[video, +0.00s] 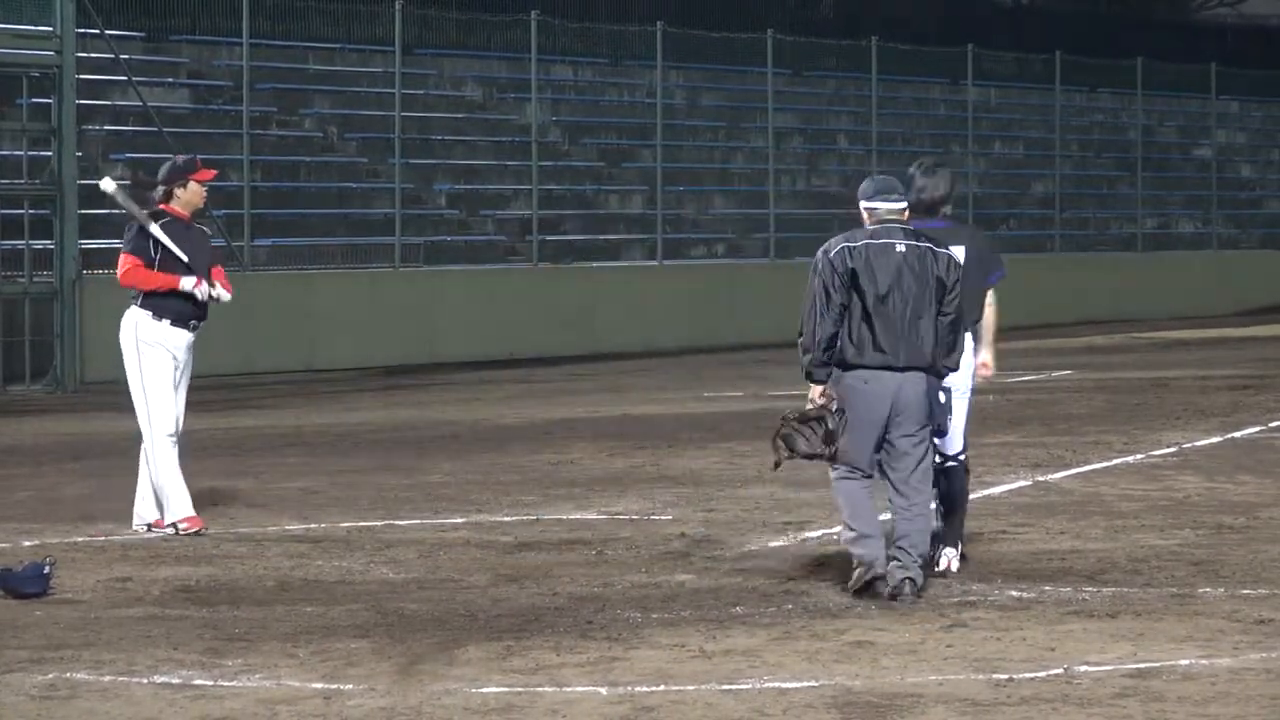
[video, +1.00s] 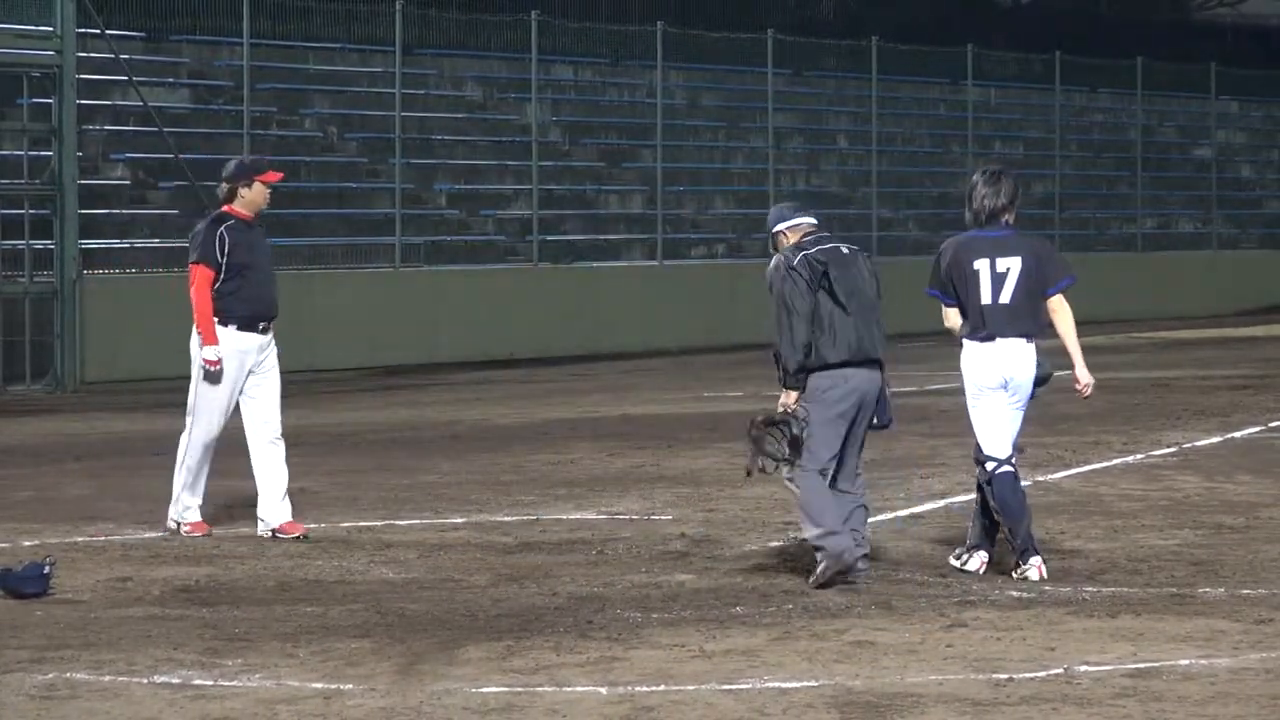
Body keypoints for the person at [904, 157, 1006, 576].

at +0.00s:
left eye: (913, 194)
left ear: (910, 197)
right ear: (948, 196)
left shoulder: (896, 241)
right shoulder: (973, 240)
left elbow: (884, 302)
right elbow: (988, 299)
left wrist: (886, 348)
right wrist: (986, 350)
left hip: (906, 356)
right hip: (957, 355)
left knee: (914, 449)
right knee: (952, 450)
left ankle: (919, 538)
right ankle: (951, 543)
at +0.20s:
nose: (941, 204)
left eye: (941, 198)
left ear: (940, 203)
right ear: (980, 203)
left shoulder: (924, 248)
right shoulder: (1001, 247)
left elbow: (908, 307)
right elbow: (1033, 302)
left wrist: (908, 357)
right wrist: (1054, 357)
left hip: (950, 355)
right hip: (996, 354)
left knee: (973, 457)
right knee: (967, 450)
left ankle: (1018, 541)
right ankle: (957, 543)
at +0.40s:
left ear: (959, 206)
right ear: (1000, 206)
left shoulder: (945, 252)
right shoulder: (1024, 249)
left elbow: (939, 316)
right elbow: (1048, 308)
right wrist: (1066, 365)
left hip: (974, 357)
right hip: (1019, 354)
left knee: (998, 455)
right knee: (987, 449)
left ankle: (1031, 555)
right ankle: (971, 545)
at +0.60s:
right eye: (1013, 202)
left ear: (972, 206)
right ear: (1012, 207)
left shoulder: (954, 251)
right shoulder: (1036, 247)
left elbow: (959, 320)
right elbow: (1054, 308)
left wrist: (990, 333)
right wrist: (1070, 366)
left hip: (981, 358)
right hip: (1027, 355)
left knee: (1003, 456)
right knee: (998, 451)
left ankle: (1032, 554)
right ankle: (977, 546)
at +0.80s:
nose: (1016, 210)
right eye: (1016, 204)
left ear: (974, 207)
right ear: (1014, 208)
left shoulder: (956, 252)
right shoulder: (1037, 248)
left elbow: (962, 321)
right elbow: (1061, 308)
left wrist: (984, 350)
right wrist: (1083, 365)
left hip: (981, 359)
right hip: (1027, 356)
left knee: (1001, 459)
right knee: (997, 452)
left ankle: (1032, 556)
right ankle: (978, 547)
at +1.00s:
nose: (1015, 208)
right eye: (1014, 202)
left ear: (972, 204)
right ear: (1012, 206)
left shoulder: (955, 249)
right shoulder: (1035, 247)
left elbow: (952, 319)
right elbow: (1058, 307)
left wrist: (981, 336)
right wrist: (1079, 364)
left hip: (978, 357)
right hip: (1023, 355)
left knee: (996, 460)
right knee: (994, 453)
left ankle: (1029, 555)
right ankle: (979, 547)